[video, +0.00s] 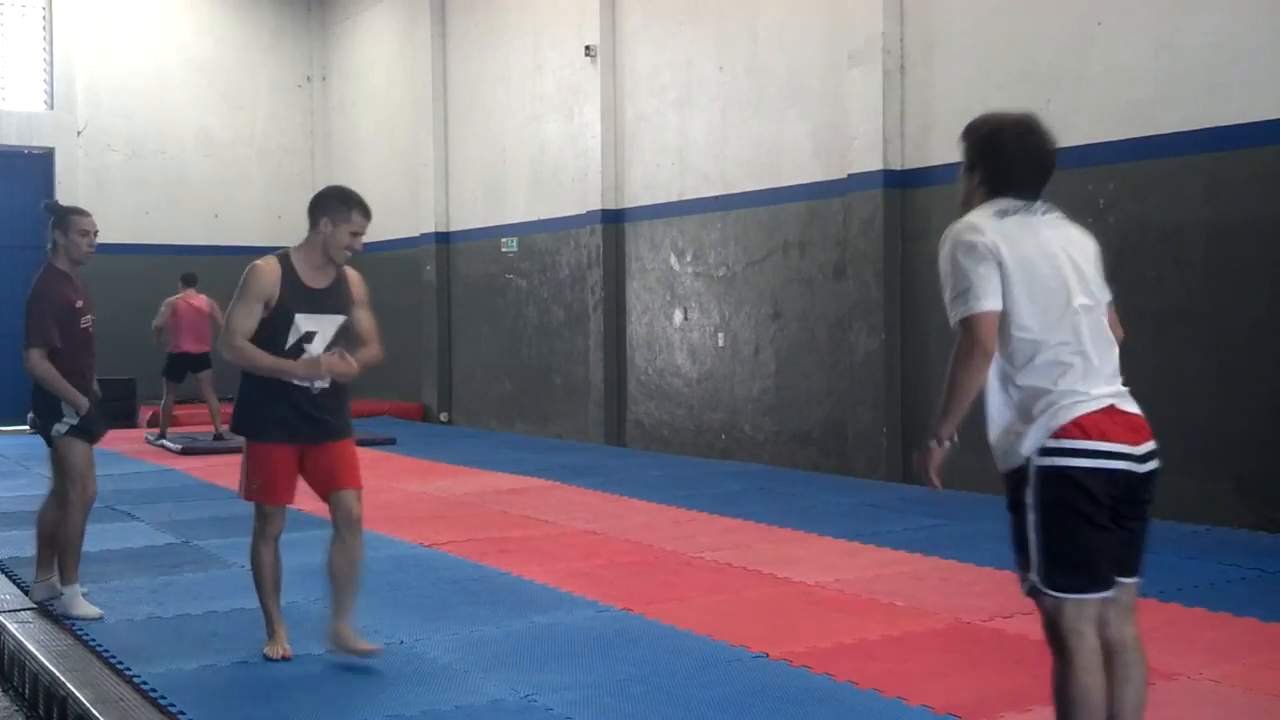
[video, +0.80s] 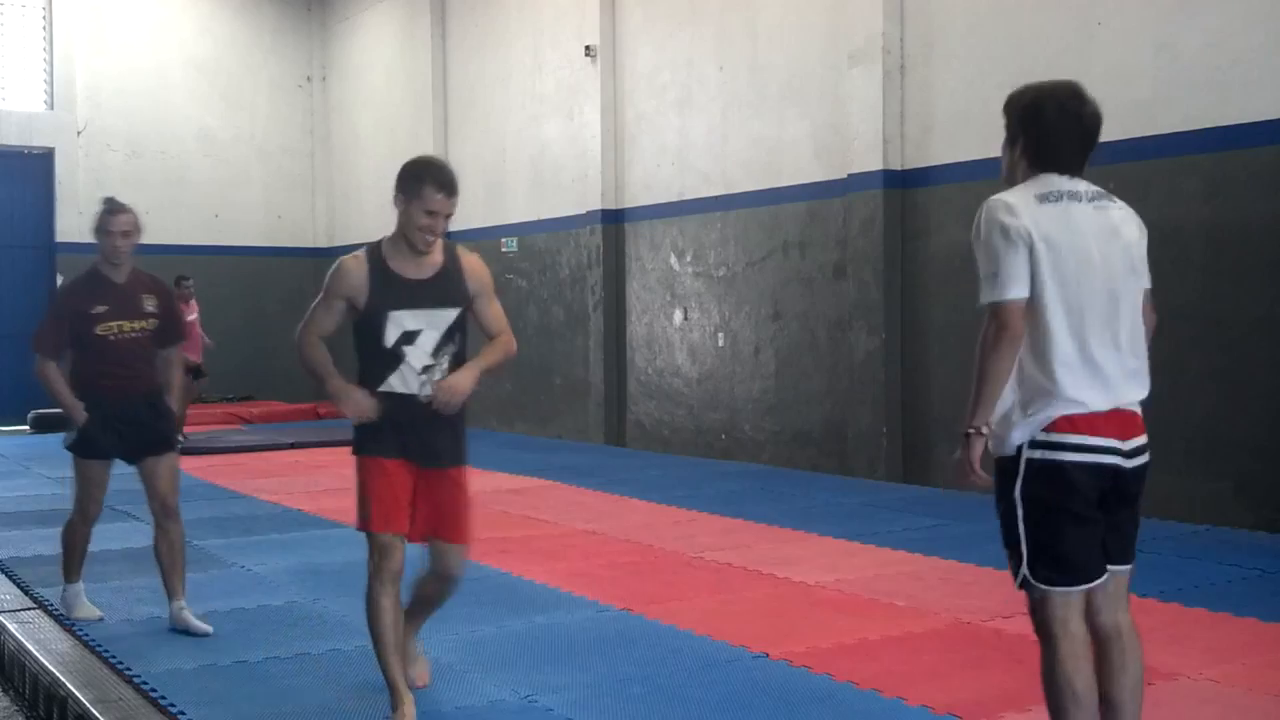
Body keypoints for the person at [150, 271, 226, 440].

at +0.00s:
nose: (180, 288)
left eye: (180, 285)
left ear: (181, 285)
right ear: (196, 285)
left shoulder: (172, 302)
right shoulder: (208, 302)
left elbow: (158, 324)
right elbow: (221, 324)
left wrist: (157, 341)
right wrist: (224, 341)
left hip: (178, 355)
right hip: (202, 355)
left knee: (169, 396)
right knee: (209, 393)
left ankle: (162, 433)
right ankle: (218, 431)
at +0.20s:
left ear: (173, 284)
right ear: (188, 286)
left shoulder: (158, 302)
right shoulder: (196, 303)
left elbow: (148, 328)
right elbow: (201, 332)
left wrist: (156, 343)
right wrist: (204, 355)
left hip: (166, 356)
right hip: (190, 356)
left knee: (164, 397)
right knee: (199, 393)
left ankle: (162, 434)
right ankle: (203, 429)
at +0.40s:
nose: (191, 293)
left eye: (192, 289)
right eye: (191, 289)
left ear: (176, 285)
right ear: (185, 287)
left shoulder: (157, 299)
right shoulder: (181, 304)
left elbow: (146, 322)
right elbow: (183, 333)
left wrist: (155, 338)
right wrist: (196, 350)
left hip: (160, 355)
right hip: (180, 354)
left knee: (162, 394)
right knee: (201, 386)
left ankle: (160, 432)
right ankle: (189, 426)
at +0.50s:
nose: (190, 293)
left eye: (191, 289)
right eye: (189, 289)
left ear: (177, 287)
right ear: (181, 287)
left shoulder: (163, 299)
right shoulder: (174, 304)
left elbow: (156, 324)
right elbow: (171, 331)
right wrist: (189, 349)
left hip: (161, 354)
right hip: (178, 354)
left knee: (163, 391)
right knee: (199, 386)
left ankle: (156, 432)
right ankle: (184, 426)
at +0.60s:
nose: (190, 292)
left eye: (190, 289)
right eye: (188, 289)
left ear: (183, 289)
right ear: (178, 288)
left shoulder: (183, 303)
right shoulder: (169, 305)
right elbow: (165, 334)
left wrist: (189, 350)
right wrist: (183, 352)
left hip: (180, 354)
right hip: (171, 355)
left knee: (166, 394)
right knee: (193, 390)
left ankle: (153, 427)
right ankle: (181, 428)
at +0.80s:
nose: (190, 290)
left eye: (191, 287)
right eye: (186, 287)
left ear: (194, 288)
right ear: (177, 290)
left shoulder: (193, 304)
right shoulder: (175, 308)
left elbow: (195, 326)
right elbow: (173, 337)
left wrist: (204, 338)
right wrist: (183, 357)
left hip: (196, 358)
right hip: (182, 358)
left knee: (189, 395)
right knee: (181, 396)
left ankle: (179, 429)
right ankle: (177, 430)